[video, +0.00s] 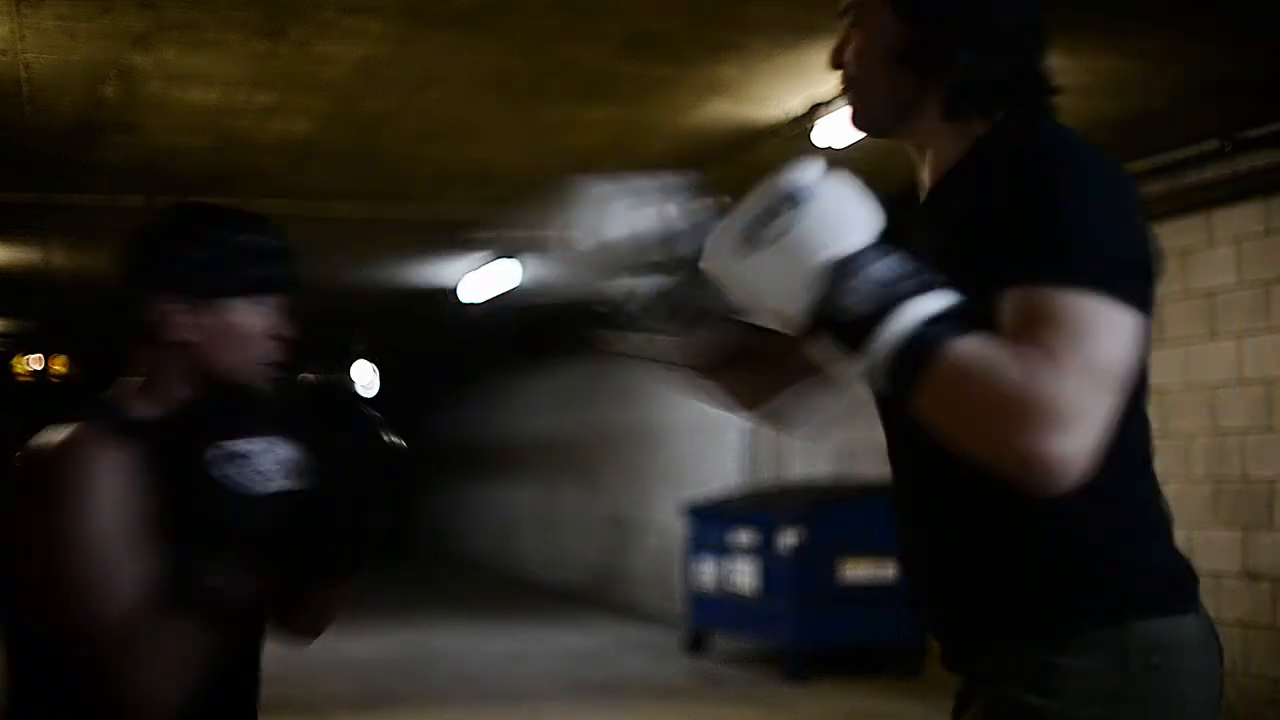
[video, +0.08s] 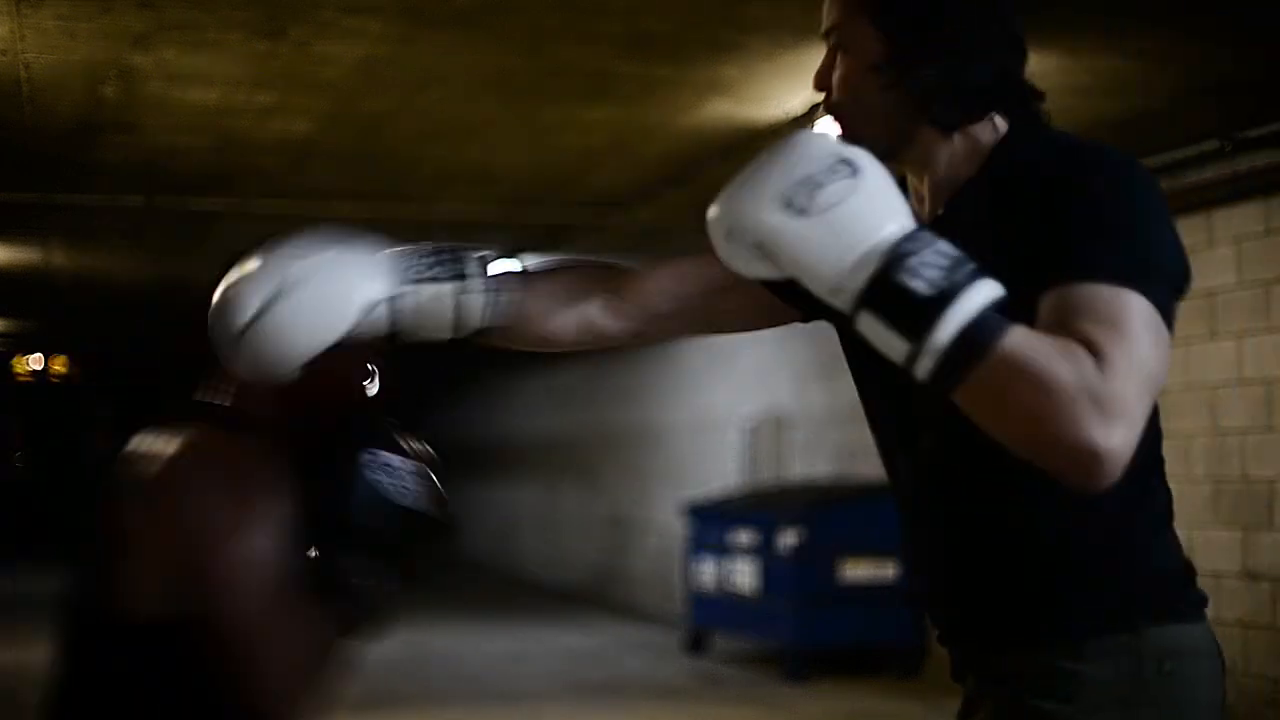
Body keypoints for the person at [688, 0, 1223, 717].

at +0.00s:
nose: (837, 56)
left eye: (858, 25)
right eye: (845, 29)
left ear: (935, 32)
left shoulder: (1067, 182)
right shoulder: (918, 223)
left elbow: (1053, 430)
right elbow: (774, 381)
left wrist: (865, 286)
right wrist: (677, 310)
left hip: (1106, 660)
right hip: (1003, 652)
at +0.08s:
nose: (817, 86)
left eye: (842, 60)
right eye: (824, 57)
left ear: (940, 86)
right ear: (926, 87)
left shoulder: (1091, 200)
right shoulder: (870, 231)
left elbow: (1095, 431)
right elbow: (623, 300)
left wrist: (892, 265)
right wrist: (412, 294)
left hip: (1128, 663)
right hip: (991, 664)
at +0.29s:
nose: (855, 87)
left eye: (874, 53)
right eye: (860, 54)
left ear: (945, 50)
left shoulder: (1075, 186)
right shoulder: (969, 203)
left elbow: (981, 392)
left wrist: (823, 193)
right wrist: (837, 488)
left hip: (1097, 664)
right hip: (1009, 650)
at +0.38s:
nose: (917, 62)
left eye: (938, 40)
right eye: (924, 40)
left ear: (1001, 47)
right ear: (1021, 50)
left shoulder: (1070, 178)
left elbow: (861, 356)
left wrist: (761, 134)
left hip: (1090, 657)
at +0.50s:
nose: (1006, 58)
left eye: (1025, 34)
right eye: (1008, 35)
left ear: (1083, 42)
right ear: (1141, 50)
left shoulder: (1110, 174)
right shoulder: (1213, 196)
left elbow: (896, 302)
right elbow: (1261, 433)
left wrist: (787, 151)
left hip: (1106, 658)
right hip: (1204, 649)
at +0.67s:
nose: (1077, 75)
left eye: (1098, 41)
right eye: (1086, 45)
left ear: (1173, 45)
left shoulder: (1233, 184)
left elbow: (1193, 430)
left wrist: (973, 351)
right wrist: (1091, 504)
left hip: (1227, 669)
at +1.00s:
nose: (1066, 63)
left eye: (1085, 29)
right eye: (1073, 34)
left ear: (1159, 32)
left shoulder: (1190, 170)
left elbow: (1206, 437)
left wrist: (989, 520)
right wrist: (1112, 385)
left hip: (1240, 664)